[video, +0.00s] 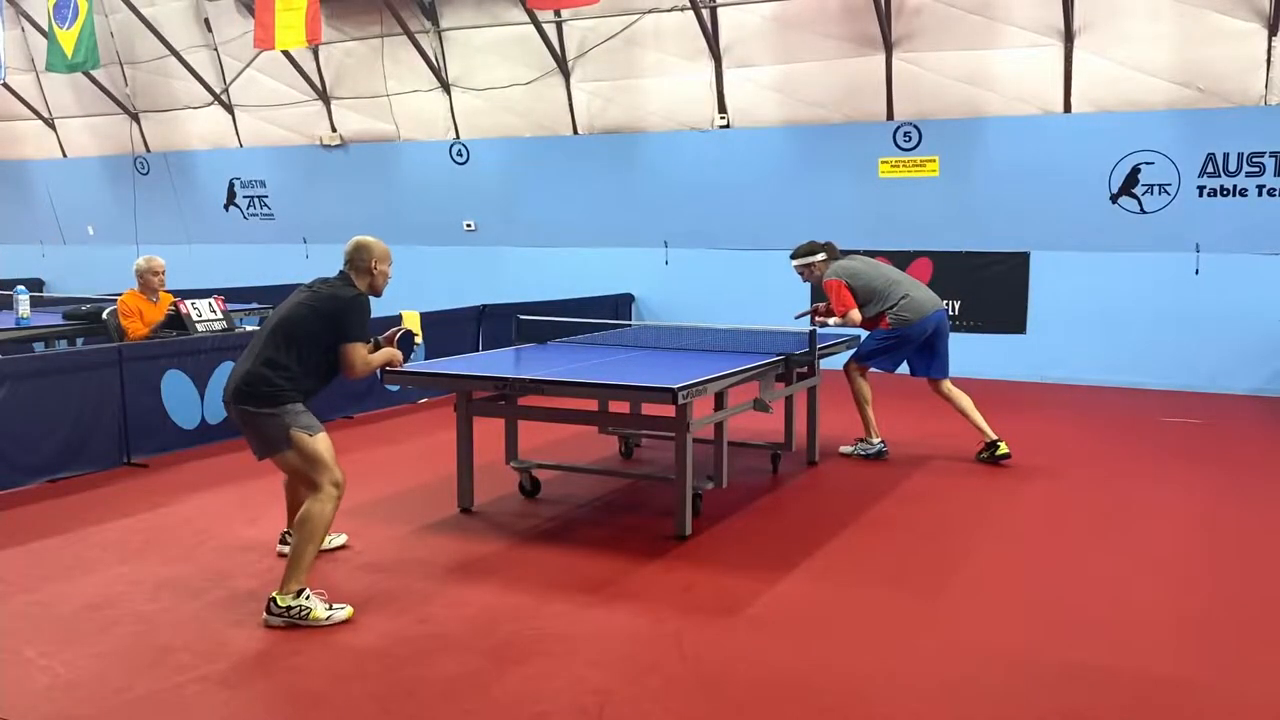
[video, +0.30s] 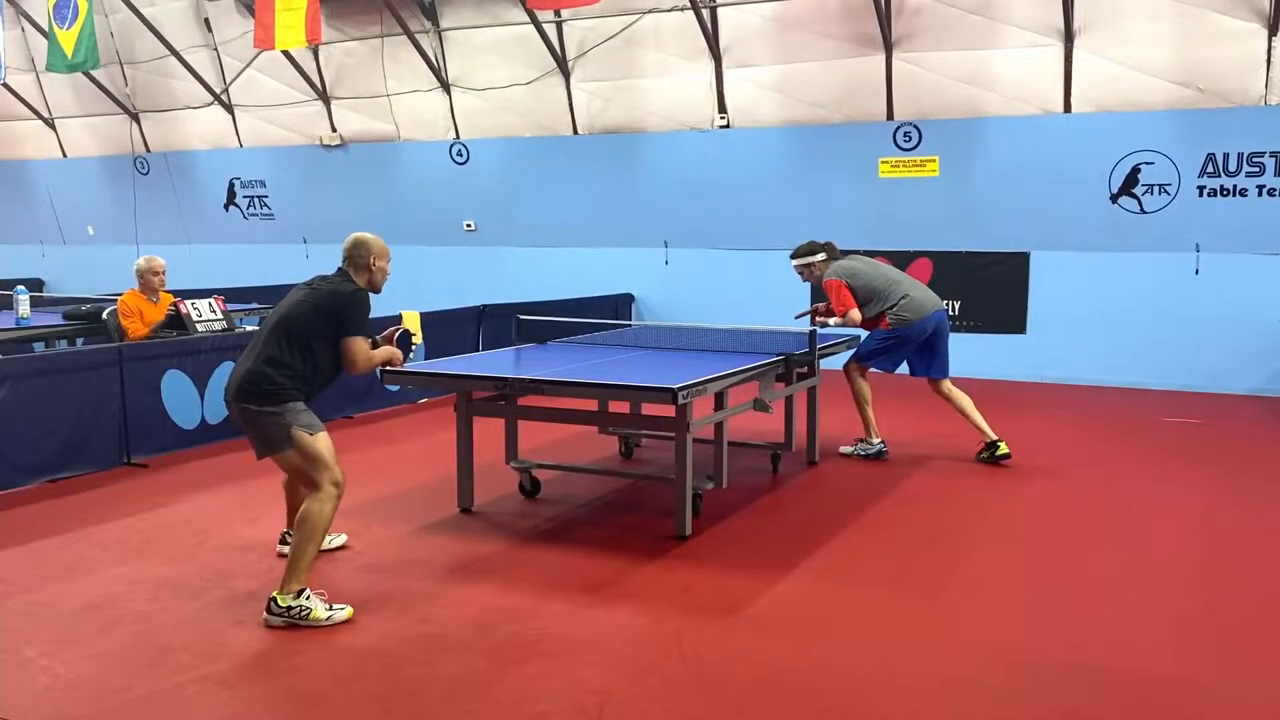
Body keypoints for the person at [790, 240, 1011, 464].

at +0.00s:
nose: (804, 279)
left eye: (803, 273)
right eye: (800, 274)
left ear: (816, 264)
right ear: (824, 259)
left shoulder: (832, 277)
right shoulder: (855, 262)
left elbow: (853, 318)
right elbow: (873, 311)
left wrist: (833, 319)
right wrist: (833, 311)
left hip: (907, 318)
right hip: (936, 311)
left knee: (854, 369)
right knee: (941, 383)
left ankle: (873, 440)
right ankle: (993, 441)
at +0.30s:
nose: (803, 279)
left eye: (803, 273)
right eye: (800, 274)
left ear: (816, 264)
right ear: (825, 258)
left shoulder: (832, 277)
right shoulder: (855, 262)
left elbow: (854, 318)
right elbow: (873, 311)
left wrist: (834, 319)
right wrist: (833, 311)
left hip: (907, 318)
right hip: (936, 311)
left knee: (854, 369)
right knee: (941, 383)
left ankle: (873, 440)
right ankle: (993, 441)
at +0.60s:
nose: (804, 278)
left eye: (803, 272)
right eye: (800, 273)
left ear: (816, 264)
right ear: (824, 258)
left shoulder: (832, 276)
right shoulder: (855, 262)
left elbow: (854, 318)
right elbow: (874, 311)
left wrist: (834, 320)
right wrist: (833, 310)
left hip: (907, 318)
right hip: (936, 312)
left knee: (853, 369)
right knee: (941, 384)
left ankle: (873, 440)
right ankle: (993, 441)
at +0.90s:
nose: (802, 276)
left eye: (802, 270)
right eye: (799, 271)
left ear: (815, 262)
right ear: (823, 256)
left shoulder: (830, 275)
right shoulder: (853, 261)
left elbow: (853, 317)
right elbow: (873, 312)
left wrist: (830, 319)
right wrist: (832, 308)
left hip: (905, 317)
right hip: (935, 310)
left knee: (853, 371)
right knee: (945, 379)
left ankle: (873, 441)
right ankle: (995, 434)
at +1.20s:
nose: (802, 277)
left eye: (803, 270)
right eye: (800, 272)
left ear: (818, 264)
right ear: (826, 259)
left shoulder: (832, 279)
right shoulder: (855, 263)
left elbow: (854, 320)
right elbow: (872, 305)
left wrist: (830, 320)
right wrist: (833, 308)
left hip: (904, 322)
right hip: (933, 315)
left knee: (848, 372)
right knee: (954, 384)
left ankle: (873, 441)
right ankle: (1014, 433)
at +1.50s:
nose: (813, 272)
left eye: (814, 266)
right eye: (810, 267)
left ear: (830, 261)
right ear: (838, 257)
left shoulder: (843, 277)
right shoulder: (869, 262)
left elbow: (859, 321)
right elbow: (879, 301)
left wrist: (833, 322)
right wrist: (839, 308)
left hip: (908, 331)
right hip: (937, 325)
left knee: (848, 372)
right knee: (958, 391)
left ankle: (873, 441)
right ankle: (1020, 438)